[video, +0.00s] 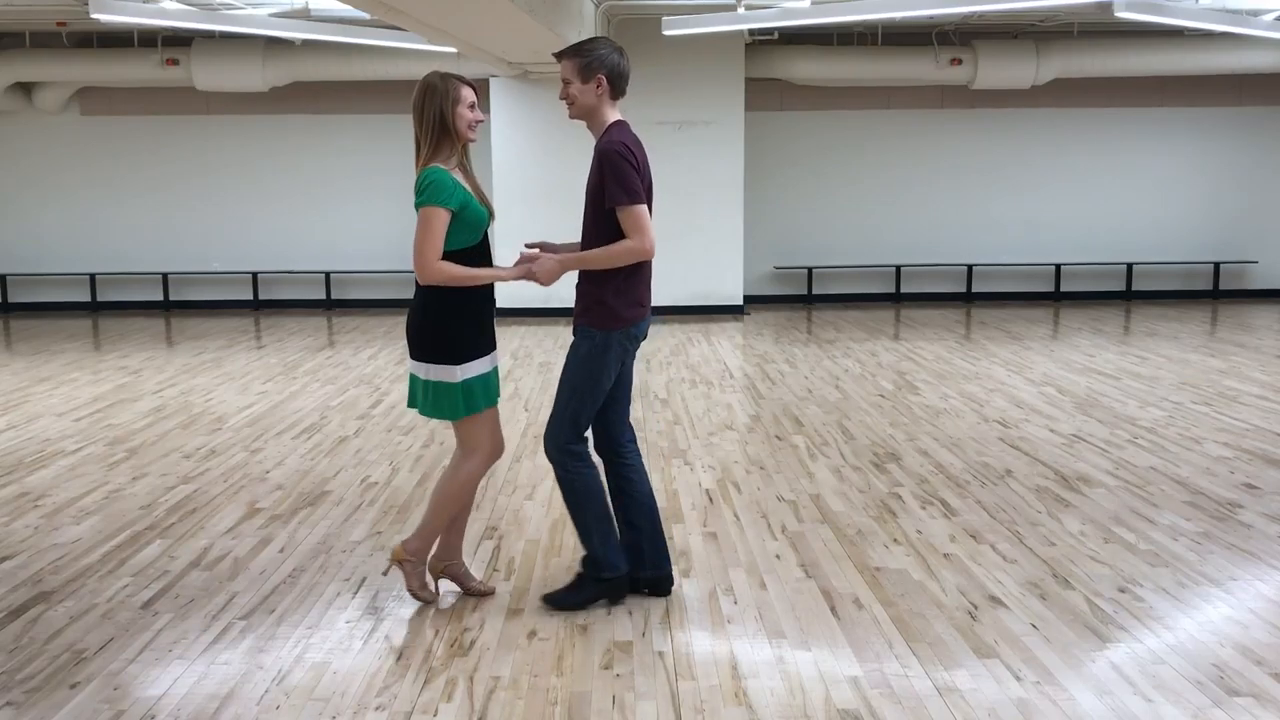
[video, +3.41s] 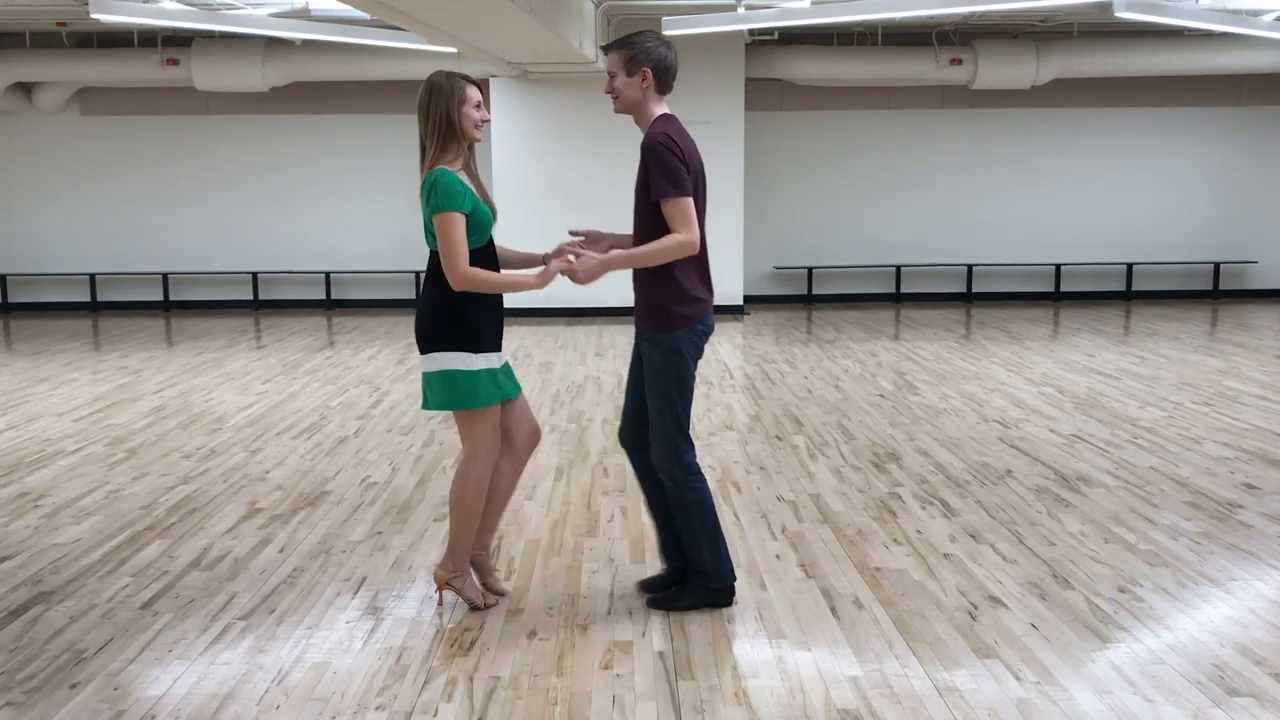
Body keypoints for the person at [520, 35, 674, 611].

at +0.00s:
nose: (562, 95)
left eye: (568, 84)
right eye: (561, 84)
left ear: (599, 84)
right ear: (601, 86)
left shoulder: (616, 148)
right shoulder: (617, 143)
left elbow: (641, 244)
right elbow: (616, 240)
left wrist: (562, 264)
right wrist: (555, 252)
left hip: (607, 322)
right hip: (619, 318)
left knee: (564, 440)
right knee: (615, 437)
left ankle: (605, 568)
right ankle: (651, 569)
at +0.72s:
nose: (582, 89)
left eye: (588, 78)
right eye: (582, 79)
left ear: (621, 78)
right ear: (619, 81)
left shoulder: (639, 139)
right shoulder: (633, 136)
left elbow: (663, 234)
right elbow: (640, 228)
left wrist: (581, 221)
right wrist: (577, 220)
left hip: (634, 319)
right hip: (624, 316)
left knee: (614, 442)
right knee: (609, 438)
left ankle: (687, 566)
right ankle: (639, 566)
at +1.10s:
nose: (616, 92)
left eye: (622, 81)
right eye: (615, 82)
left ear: (656, 81)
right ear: (653, 84)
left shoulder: (673, 143)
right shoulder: (669, 139)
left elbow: (702, 238)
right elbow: (676, 235)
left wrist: (622, 259)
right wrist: (616, 240)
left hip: (686, 324)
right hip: (672, 323)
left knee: (672, 447)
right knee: (646, 439)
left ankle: (716, 578)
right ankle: (717, 557)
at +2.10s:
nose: (573, 85)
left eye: (580, 74)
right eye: (573, 75)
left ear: (612, 77)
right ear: (612, 79)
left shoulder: (628, 139)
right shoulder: (625, 136)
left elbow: (648, 240)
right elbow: (626, 233)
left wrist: (574, 235)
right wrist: (568, 234)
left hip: (622, 318)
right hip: (615, 315)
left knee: (600, 446)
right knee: (607, 443)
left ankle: (678, 556)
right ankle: (630, 566)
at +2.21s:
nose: (565, 84)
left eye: (572, 74)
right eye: (566, 74)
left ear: (603, 77)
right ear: (604, 78)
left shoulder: (620, 143)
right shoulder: (616, 139)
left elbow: (641, 242)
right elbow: (619, 236)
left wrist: (560, 251)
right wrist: (556, 254)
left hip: (610, 320)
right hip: (611, 316)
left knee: (570, 442)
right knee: (606, 436)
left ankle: (628, 569)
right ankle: (637, 567)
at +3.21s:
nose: (586, 85)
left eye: (591, 74)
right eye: (586, 74)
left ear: (623, 74)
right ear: (622, 77)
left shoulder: (641, 136)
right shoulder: (640, 133)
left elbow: (667, 231)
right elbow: (641, 226)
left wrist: (587, 224)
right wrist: (581, 214)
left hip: (645, 320)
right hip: (629, 317)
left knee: (654, 445)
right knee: (609, 434)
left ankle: (710, 570)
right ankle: (630, 563)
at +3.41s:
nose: (607, 88)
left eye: (613, 77)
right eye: (607, 78)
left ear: (645, 78)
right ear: (645, 80)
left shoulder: (663, 141)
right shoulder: (663, 137)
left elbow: (687, 239)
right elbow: (667, 236)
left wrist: (607, 263)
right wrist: (607, 241)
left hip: (677, 322)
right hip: (660, 320)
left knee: (668, 446)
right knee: (636, 436)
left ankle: (713, 580)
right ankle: (685, 565)